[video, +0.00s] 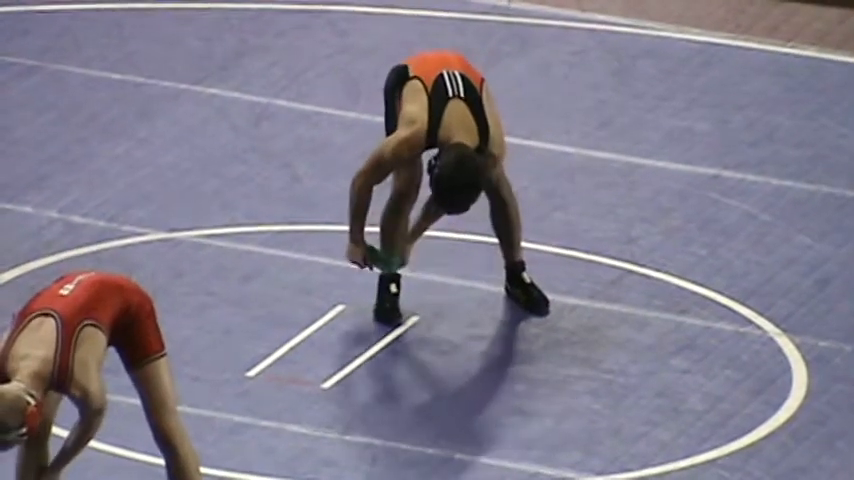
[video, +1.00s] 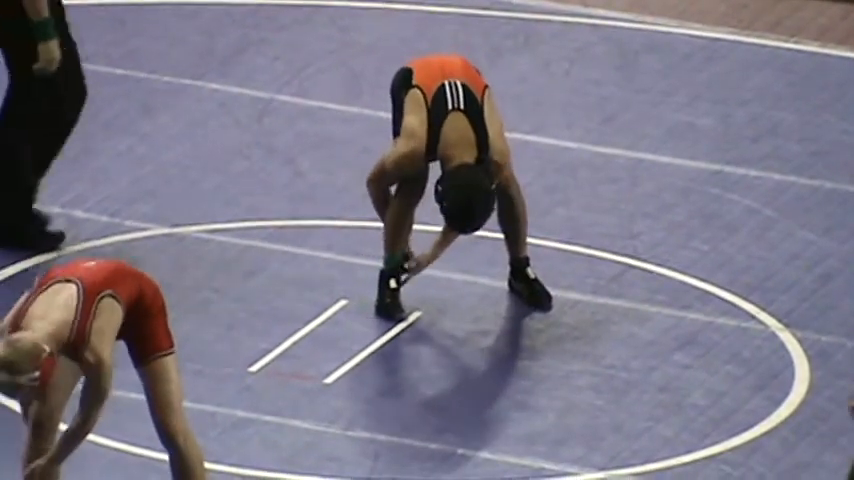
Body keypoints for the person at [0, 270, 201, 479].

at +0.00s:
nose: (21, 441)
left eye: (17, 438)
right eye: (14, 440)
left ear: (32, 411)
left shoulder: (83, 384)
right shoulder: (4, 364)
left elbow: (91, 419)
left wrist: (54, 470)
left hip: (124, 297)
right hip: (67, 288)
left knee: (166, 431)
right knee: (36, 434)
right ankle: (31, 476)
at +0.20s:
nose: (21, 437)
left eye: (17, 434)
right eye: (14, 437)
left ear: (33, 410)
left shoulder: (82, 383)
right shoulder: (4, 362)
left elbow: (92, 416)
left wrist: (57, 466)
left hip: (126, 296)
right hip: (70, 288)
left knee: (168, 430)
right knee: (37, 434)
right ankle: (33, 474)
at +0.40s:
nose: (19, 435)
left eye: (15, 432)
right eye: (14, 434)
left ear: (31, 408)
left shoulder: (82, 382)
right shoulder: (4, 362)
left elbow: (92, 414)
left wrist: (53, 463)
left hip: (126, 296)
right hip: (69, 287)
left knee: (168, 429)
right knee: (36, 436)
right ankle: (32, 476)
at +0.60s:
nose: (19, 430)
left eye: (18, 427)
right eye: (13, 430)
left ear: (32, 402)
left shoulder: (82, 375)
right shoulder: (6, 362)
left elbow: (96, 414)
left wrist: (56, 463)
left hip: (128, 294)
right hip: (72, 285)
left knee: (171, 427)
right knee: (39, 429)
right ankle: (32, 473)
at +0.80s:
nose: (22, 426)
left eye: (22, 419)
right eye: (15, 423)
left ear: (34, 390)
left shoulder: (86, 372)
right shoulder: (6, 354)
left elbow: (90, 417)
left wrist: (48, 464)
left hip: (130, 292)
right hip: (74, 282)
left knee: (172, 428)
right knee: (42, 423)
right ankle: (31, 474)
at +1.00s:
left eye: (27, 384)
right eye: (16, 388)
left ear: (45, 359)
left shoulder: (94, 352)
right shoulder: (9, 328)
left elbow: (86, 420)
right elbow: (23, 388)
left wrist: (50, 463)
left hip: (135, 290)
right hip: (71, 278)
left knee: (172, 430)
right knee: (41, 423)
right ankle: (33, 476)